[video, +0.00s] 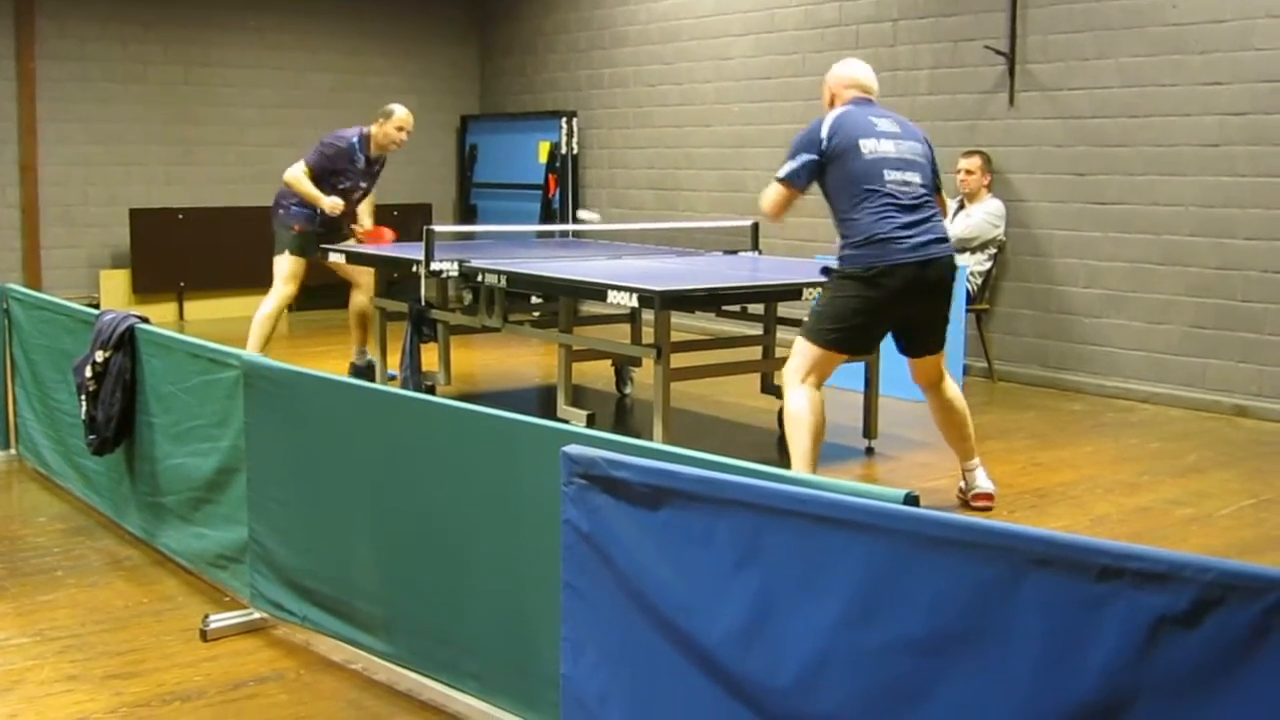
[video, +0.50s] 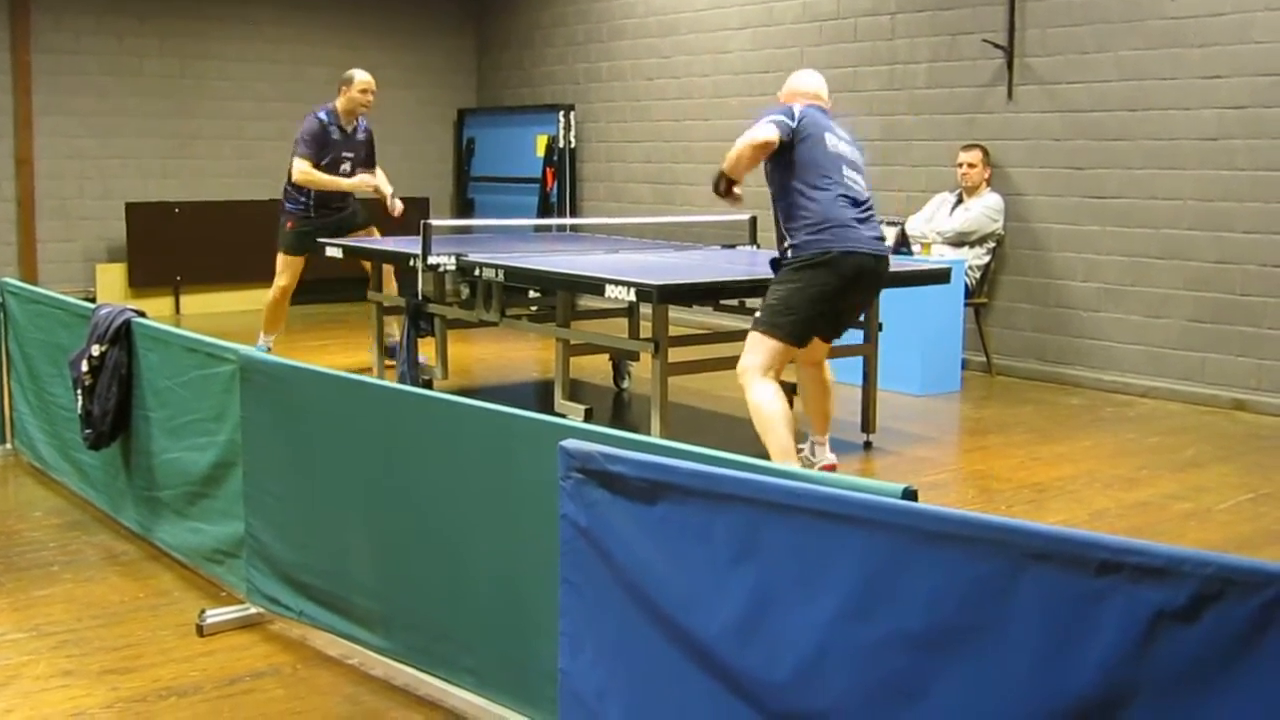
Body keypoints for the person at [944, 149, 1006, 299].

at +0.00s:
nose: (962, 178)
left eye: (969, 173)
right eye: (959, 172)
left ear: (986, 179)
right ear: (955, 175)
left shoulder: (994, 209)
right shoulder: (951, 206)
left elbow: (959, 238)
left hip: (963, 283)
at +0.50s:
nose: (964, 171)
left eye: (971, 166)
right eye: (960, 166)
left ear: (986, 172)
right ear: (956, 170)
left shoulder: (993, 203)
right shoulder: (944, 198)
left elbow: (961, 231)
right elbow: (911, 226)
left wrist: (924, 230)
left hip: (957, 278)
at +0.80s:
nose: (957, 170)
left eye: (965, 165)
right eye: (955, 164)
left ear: (983, 170)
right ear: (952, 166)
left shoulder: (991, 200)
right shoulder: (942, 196)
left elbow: (958, 229)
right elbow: (909, 224)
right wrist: (943, 236)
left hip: (955, 276)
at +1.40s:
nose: (954, 167)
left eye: (962, 162)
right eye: (953, 161)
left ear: (980, 166)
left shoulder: (990, 196)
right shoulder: (952, 193)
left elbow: (953, 225)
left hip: (958, 271)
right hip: (932, 264)